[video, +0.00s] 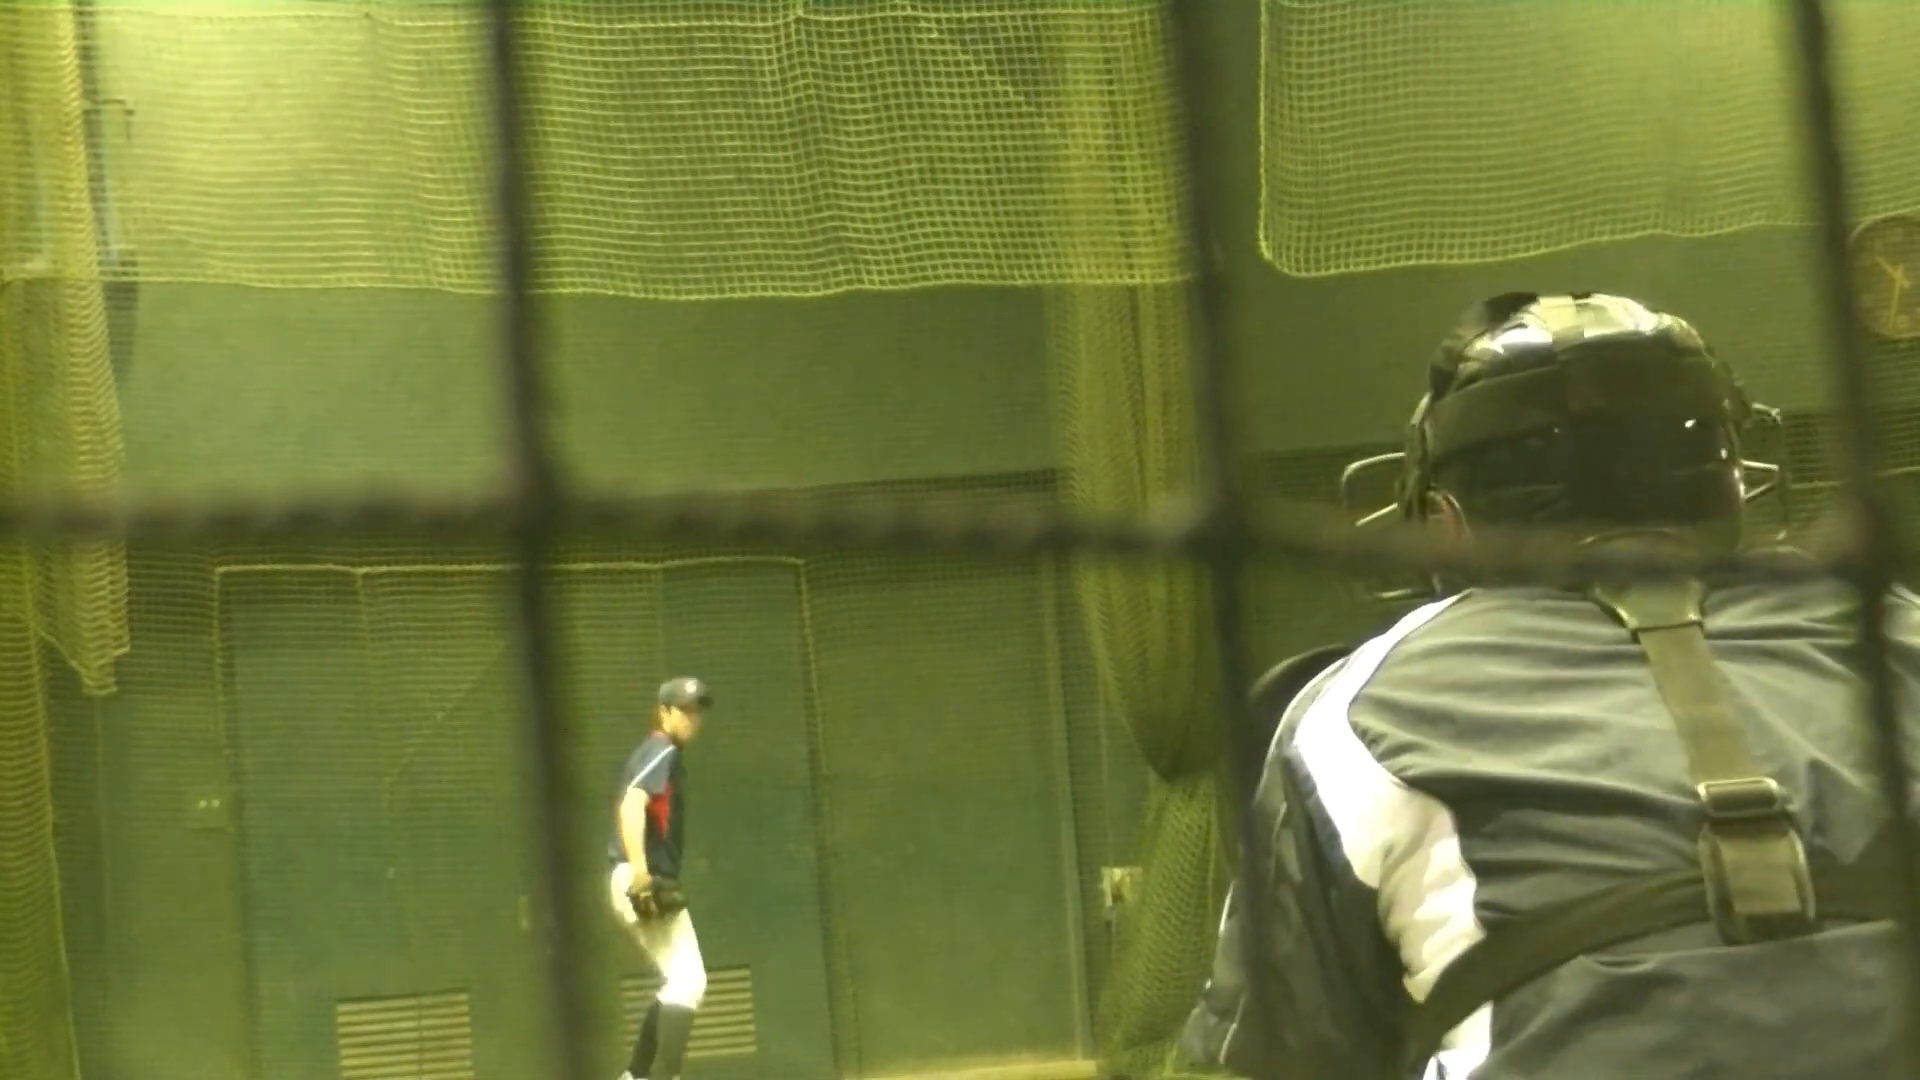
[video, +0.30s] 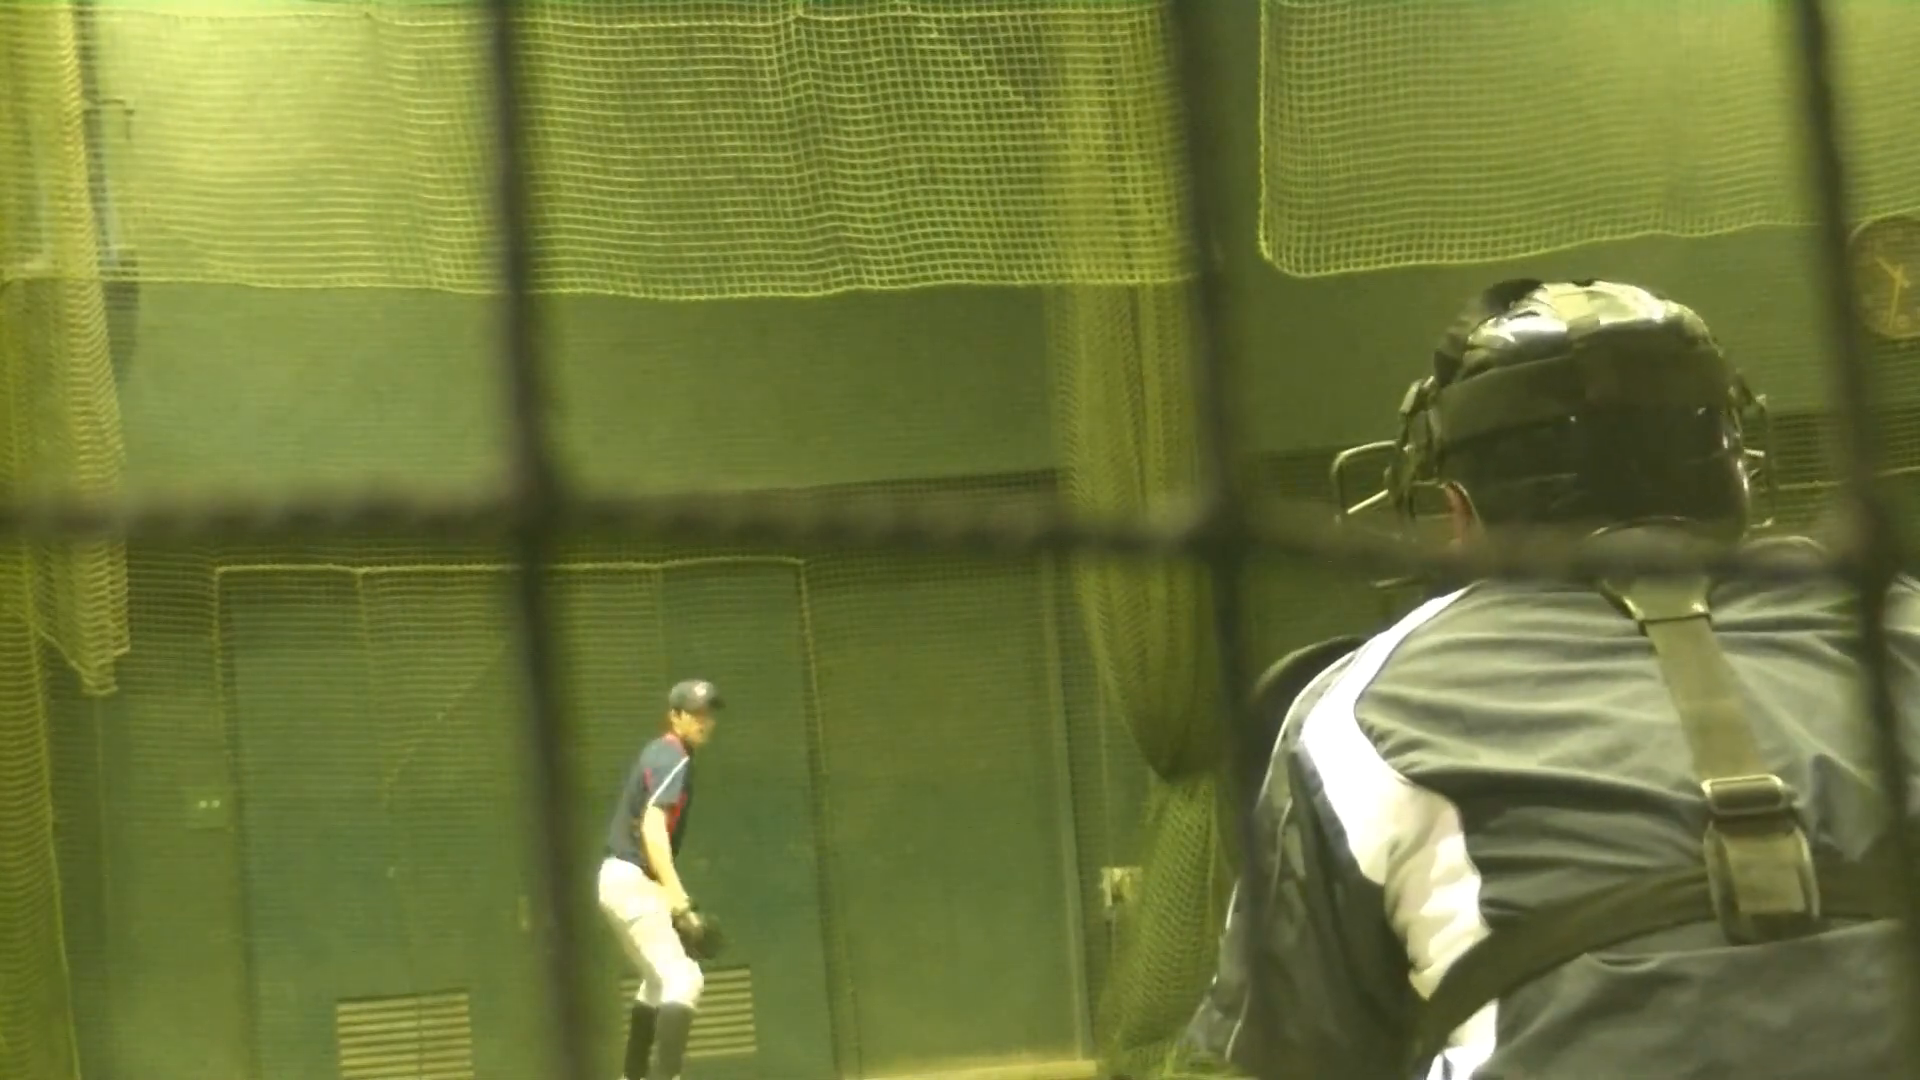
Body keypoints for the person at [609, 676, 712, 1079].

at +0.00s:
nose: (697, 721)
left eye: (699, 712)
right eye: (690, 712)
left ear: (677, 714)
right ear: (666, 712)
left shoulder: (659, 748)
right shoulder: (662, 747)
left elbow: (634, 808)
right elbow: (631, 803)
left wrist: (654, 871)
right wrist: (639, 870)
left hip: (642, 876)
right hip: (645, 877)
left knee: (680, 980)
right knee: (688, 979)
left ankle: (639, 1071)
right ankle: (666, 1072)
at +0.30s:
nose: (707, 723)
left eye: (709, 715)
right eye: (699, 715)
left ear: (709, 717)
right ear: (676, 716)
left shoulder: (660, 751)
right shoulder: (673, 756)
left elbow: (646, 832)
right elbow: (653, 826)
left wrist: (678, 906)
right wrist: (677, 897)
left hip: (620, 874)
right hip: (631, 877)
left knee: (657, 980)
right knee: (682, 979)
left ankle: (635, 1072)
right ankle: (669, 1072)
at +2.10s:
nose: (689, 746)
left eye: (692, 738)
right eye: (680, 738)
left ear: (694, 739)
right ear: (658, 740)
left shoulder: (642, 776)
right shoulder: (662, 781)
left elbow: (685, 815)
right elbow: (724, 826)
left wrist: (715, 787)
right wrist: (748, 783)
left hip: (605, 899)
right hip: (622, 902)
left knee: (666, 984)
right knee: (693, 986)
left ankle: (638, 1073)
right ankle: (666, 1073)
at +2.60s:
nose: (689, 745)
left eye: (691, 736)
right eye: (682, 737)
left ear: (657, 741)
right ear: (658, 739)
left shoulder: (638, 774)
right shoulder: (664, 779)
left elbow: (679, 821)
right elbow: (732, 818)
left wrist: (711, 786)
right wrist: (744, 772)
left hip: (605, 900)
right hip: (623, 903)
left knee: (667, 987)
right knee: (695, 988)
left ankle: (636, 1072)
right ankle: (668, 1072)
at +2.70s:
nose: (688, 745)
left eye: (690, 736)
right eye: (679, 737)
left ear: (656, 742)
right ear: (656, 739)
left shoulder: (640, 775)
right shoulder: (661, 779)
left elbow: (688, 811)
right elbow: (725, 823)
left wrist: (713, 779)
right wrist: (744, 777)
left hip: (606, 900)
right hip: (622, 902)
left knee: (667, 986)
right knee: (695, 987)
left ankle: (636, 1073)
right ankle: (667, 1072)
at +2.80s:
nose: (687, 742)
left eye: (688, 734)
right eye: (678, 735)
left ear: (656, 739)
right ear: (654, 736)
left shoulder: (642, 772)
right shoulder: (661, 777)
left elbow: (691, 810)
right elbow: (721, 826)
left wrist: (717, 773)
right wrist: (746, 778)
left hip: (606, 897)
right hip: (621, 899)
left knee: (664, 983)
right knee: (692, 986)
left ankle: (635, 1071)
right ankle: (666, 1072)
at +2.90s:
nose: (685, 746)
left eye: (687, 738)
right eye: (677, 739)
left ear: (656, 743)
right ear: (653, 741)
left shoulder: (639, 776)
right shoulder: (659, 782)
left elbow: (697, 801)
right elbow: (721, 833)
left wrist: (721, 766)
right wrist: (748, 782)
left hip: (603, 901)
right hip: (620, 905)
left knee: (665, 986)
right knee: (693, 989)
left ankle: (635, 1071)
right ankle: (666, 1072)